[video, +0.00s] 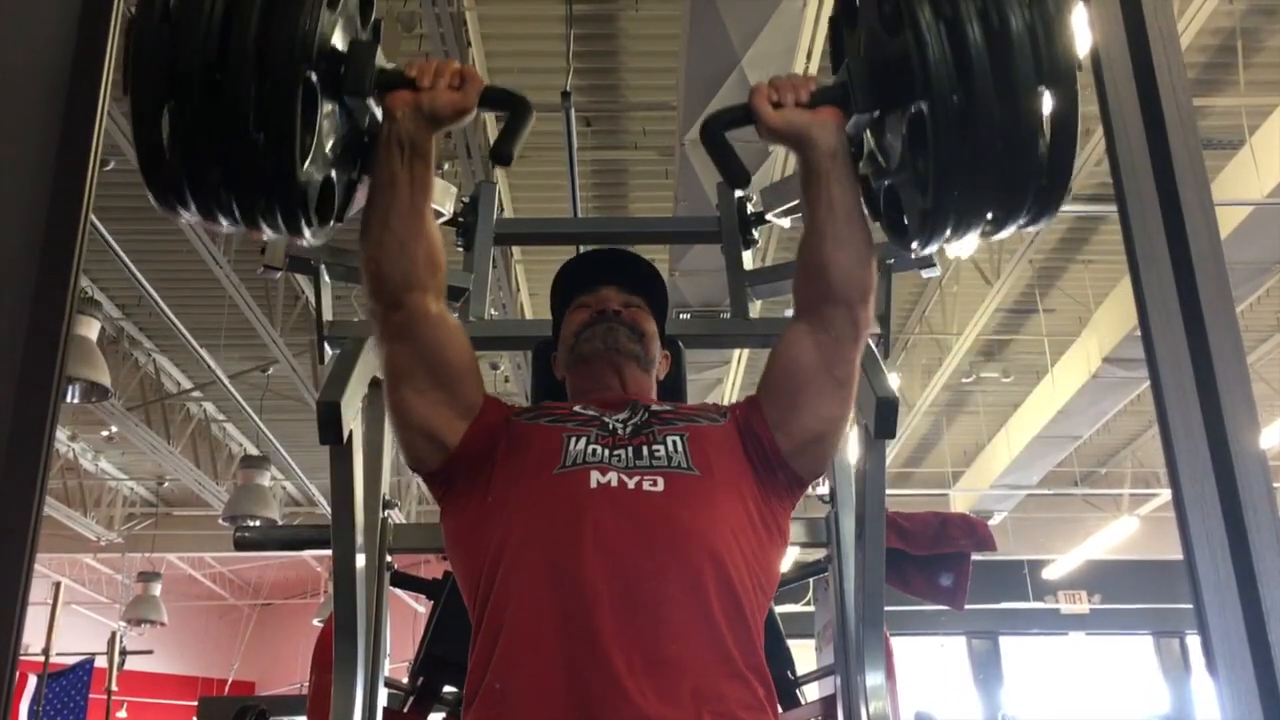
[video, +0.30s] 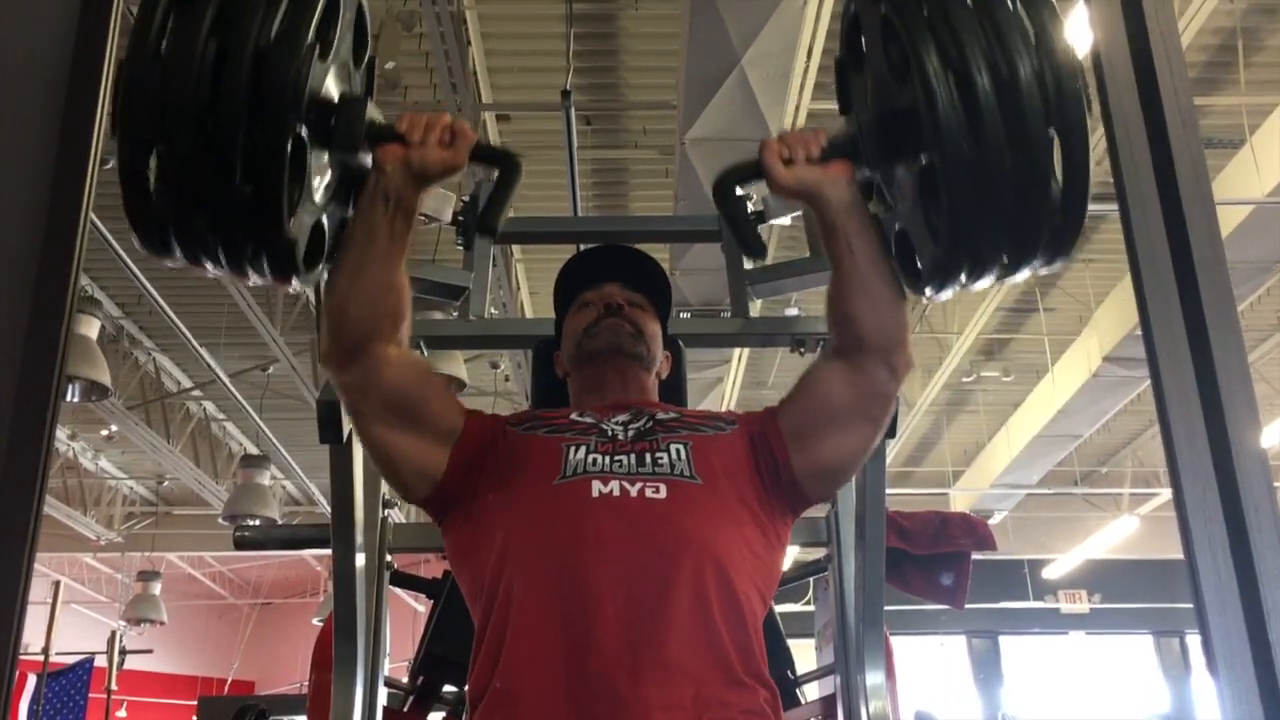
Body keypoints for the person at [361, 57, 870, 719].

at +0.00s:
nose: (609, 310)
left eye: (632, 310)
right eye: (585, 309)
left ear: (664, 362)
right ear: (555, 360)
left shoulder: (754, 448)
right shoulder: (485, 450)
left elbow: (836, 312)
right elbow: (406, 302)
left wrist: (824, 145)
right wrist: (408, 133)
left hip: (723, 707)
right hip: (515, 706)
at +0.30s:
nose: (612, 308)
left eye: (636, 307)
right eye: (588, 306)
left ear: (668, 358)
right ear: (553, 358)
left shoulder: (754, 452)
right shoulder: (482, 455)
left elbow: (876, 360)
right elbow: (360, 354)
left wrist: (836, 197)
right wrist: (396, 183)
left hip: (727, 704)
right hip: (523, 703)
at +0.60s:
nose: (614, 305)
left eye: (638, 306)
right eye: (588, 305)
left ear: (666, 362)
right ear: (556, 359)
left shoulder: (744, 457)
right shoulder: (488, 463)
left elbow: (918, 455)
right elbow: (309, 445)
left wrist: (862, 308)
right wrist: (367, 297)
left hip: (721, 703)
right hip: (527, 704)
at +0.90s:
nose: (613, 305)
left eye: (636, 305)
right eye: (587, 306)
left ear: (667, 362)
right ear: (554, 362)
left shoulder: (742, 460)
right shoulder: (489, 468)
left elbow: (926, 526)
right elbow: (296, 532)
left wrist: (879, 393)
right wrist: (345, 385)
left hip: (726, 704)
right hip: (530, 704)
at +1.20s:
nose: (618, 302)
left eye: (639, 302)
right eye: (592, 303)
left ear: (671, 358)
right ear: (558, 359)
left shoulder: (750, 462)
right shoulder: (489, 469)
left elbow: (915, 564)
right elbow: (304, 569)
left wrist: (892, 428)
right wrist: (333, 435)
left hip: (722, 704)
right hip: (527, 704)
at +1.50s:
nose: (616, 306)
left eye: (639, 307)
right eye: (591, 306)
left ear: (670, 360)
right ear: (557, 359)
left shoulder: (748, 465)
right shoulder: (489, 471)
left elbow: (917, 558)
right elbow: (298, 557)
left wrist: (890, 425)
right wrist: (336, 418)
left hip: (724, 705)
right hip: (530, 707)